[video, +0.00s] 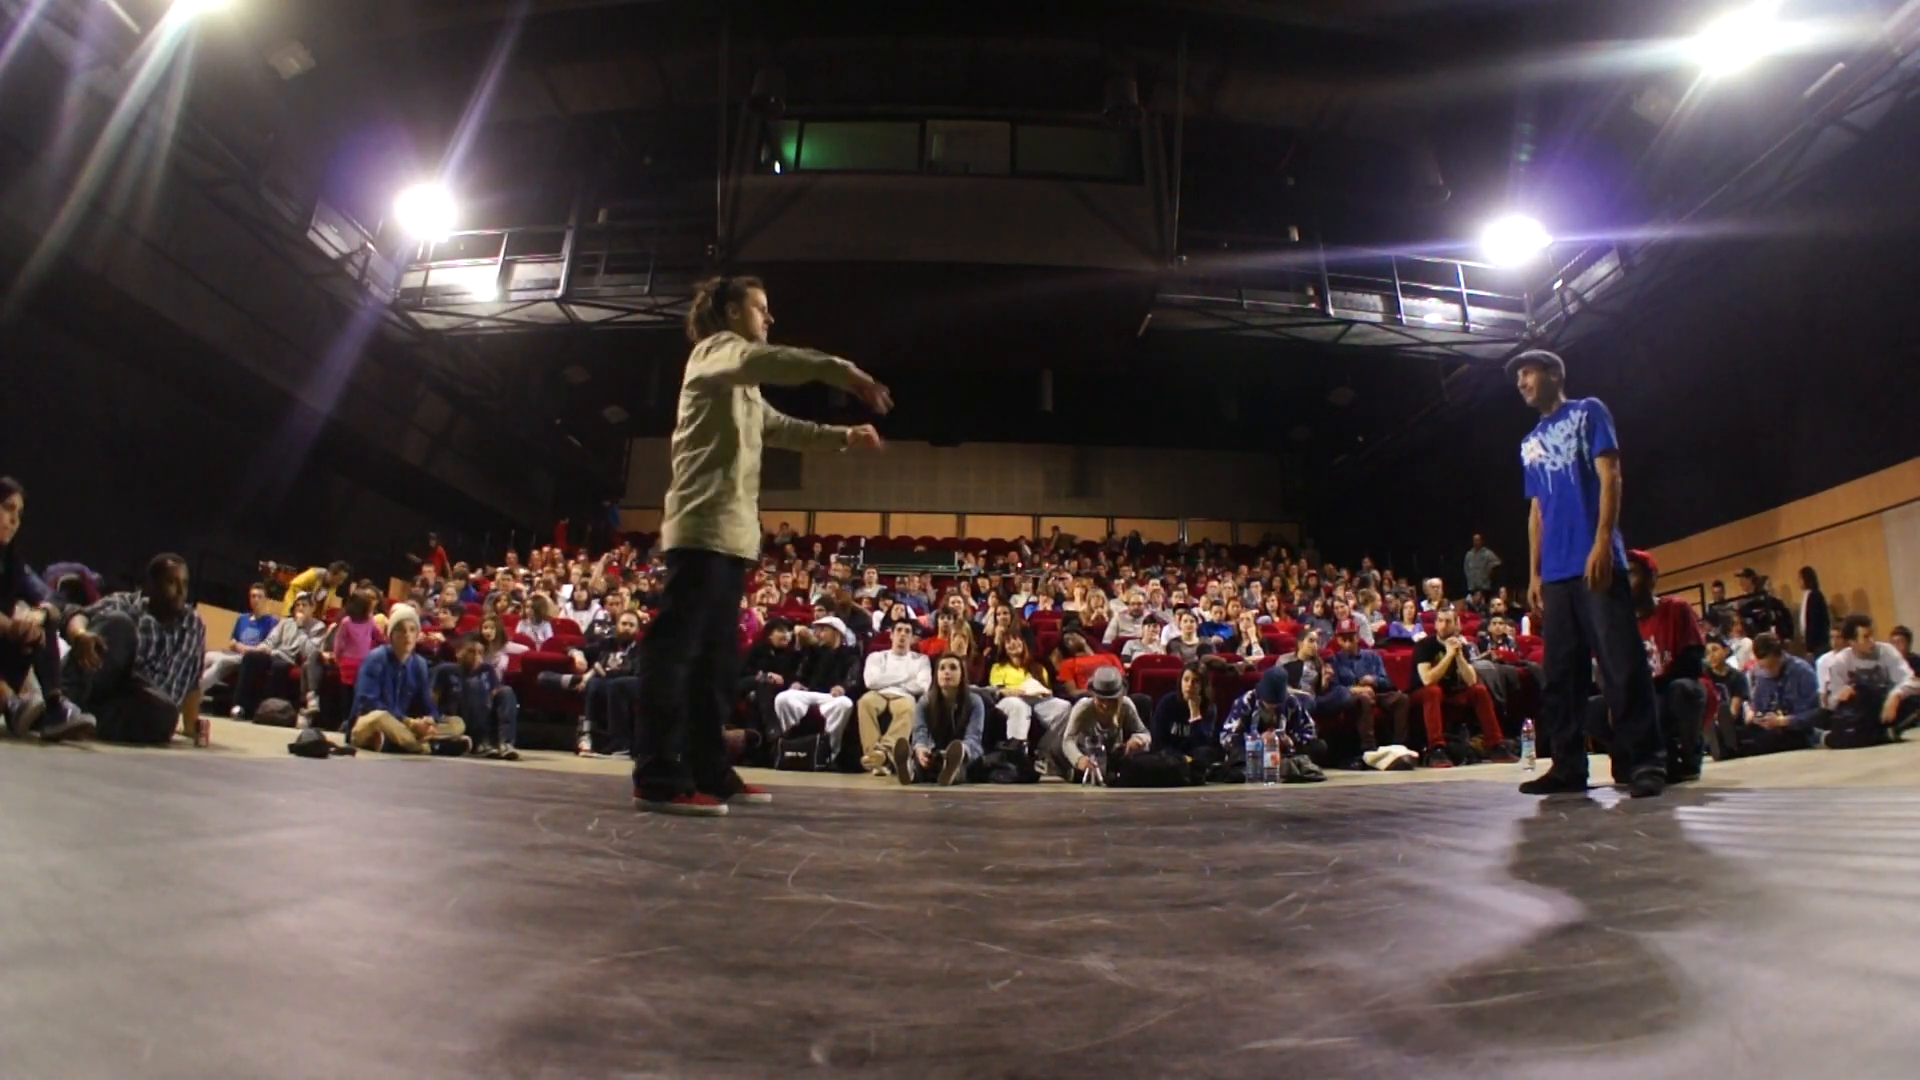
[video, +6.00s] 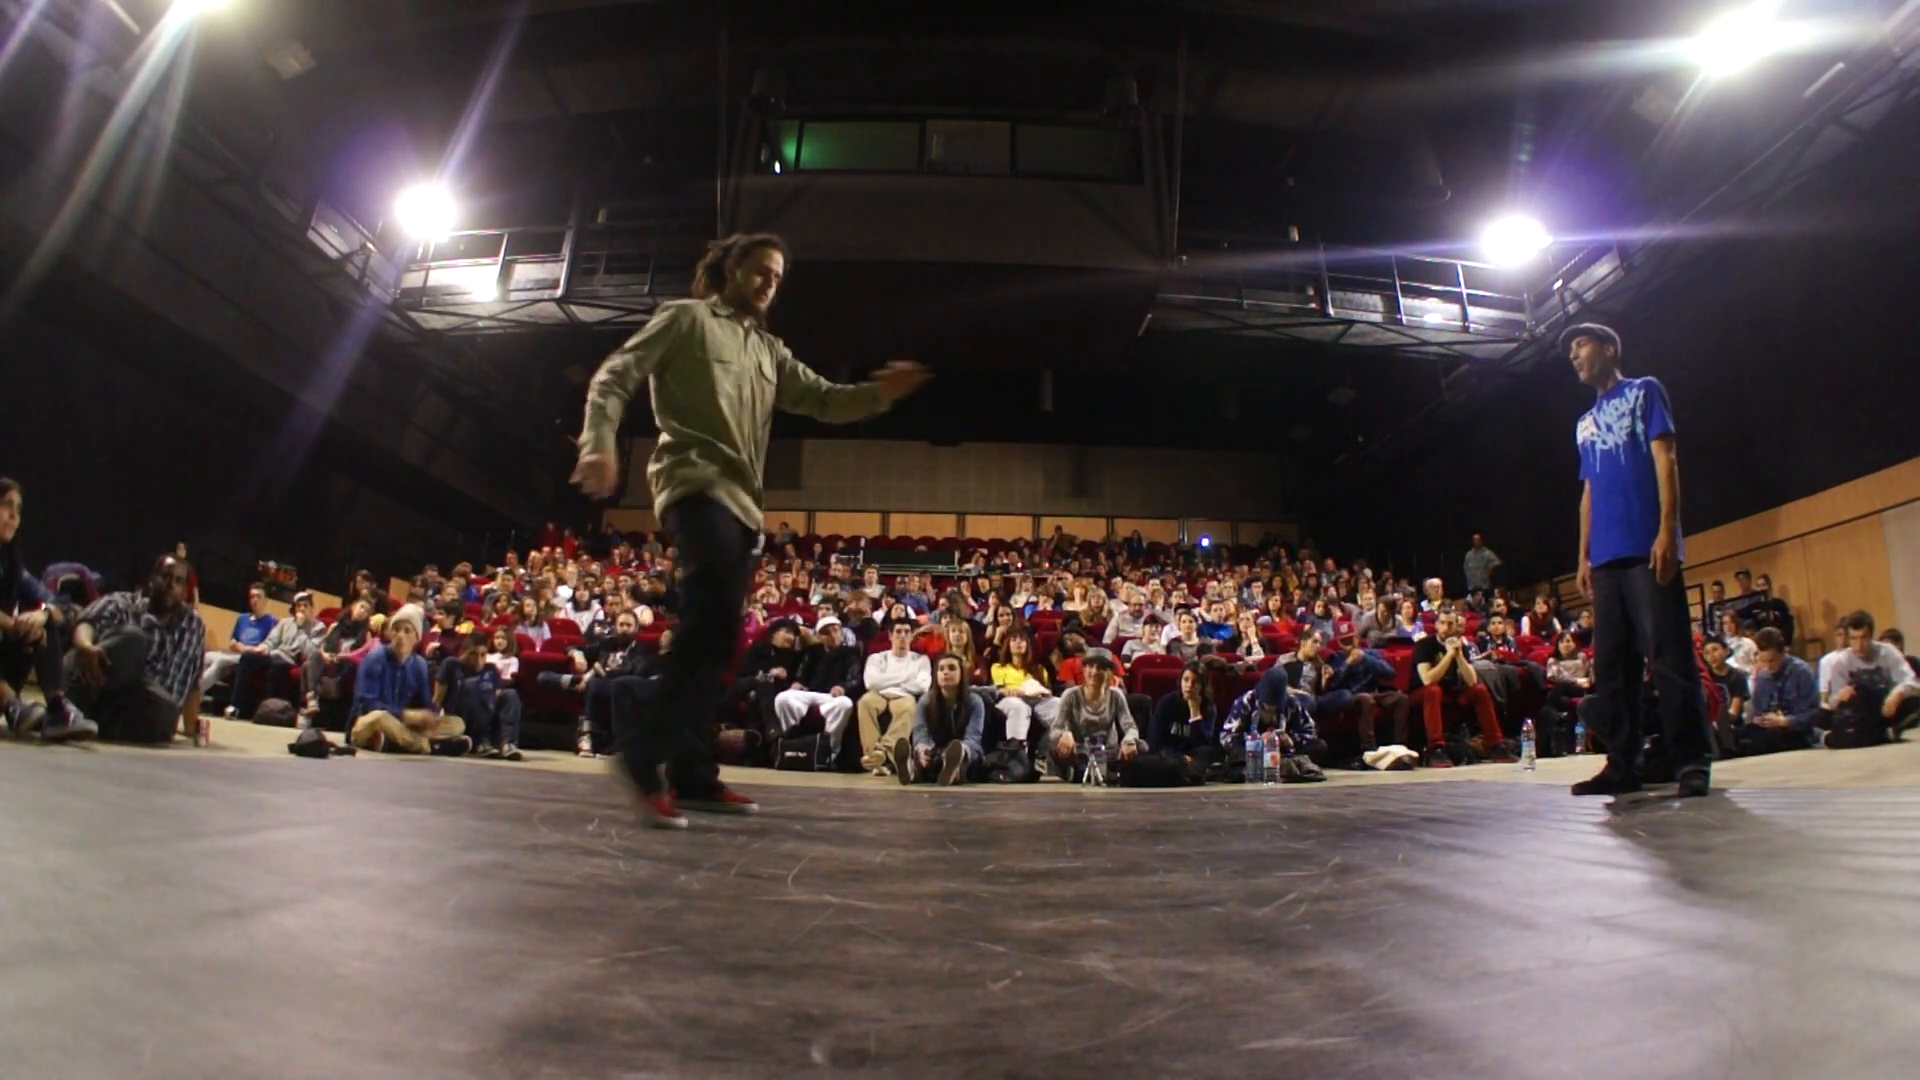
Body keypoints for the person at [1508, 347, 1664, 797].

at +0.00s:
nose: (1522, 383)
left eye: (1529, 373)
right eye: (1519, 378)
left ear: (1555, 375)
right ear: (1522, 389)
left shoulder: (1588, 411)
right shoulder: (1529, 445)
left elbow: (1611, 477)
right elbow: (1536, 511)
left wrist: (1603, 542)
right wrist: (1535, 572)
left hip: (1597, 564)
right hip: (1555, 574)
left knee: (1623, 667)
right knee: (1561, 674)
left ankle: (1644, 763)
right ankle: (1568, 766)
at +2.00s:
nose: (1527, 381)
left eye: (1534, 370)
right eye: (1523, 376)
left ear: (1560, 372)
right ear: (1526, 387)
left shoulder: (1593, 412)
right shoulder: (1535, 442)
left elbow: (1613, 480)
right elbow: (1538, 506)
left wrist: (1611, 549)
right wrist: (1529, 566)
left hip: (1592, 566)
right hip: (1550, 574)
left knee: (1621, 669)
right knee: (1558, 674)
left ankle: (1644, 763)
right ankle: (1568, 767)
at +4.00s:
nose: (1539, 375)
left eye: (1546, 366)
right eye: (1535, 371)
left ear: (1573, 370)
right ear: (1538, 385)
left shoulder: (1610, 403)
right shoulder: (1546, 441)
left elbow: (1641, 466)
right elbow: (1555, 508)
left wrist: (1661, 534)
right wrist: (1554, 572)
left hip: (1629, 544)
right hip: (1587, 557)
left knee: (1636, 643)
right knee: (1596, 657)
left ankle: (1660, 757)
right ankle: (1616, 760)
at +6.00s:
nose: (1573, 358)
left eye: (1581, 347)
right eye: (1571, 353)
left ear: (1610, 349)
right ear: (1578, 363)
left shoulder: (1644, 391)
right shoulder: (1584, 424)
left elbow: (1666, 459)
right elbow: (1588, 492)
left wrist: (1668, 530)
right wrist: (1584, 556)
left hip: (1647, 550)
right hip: (1604, 560)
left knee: (1670, 660)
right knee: (1613, 665)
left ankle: (1691, 764)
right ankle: (1622, 764)